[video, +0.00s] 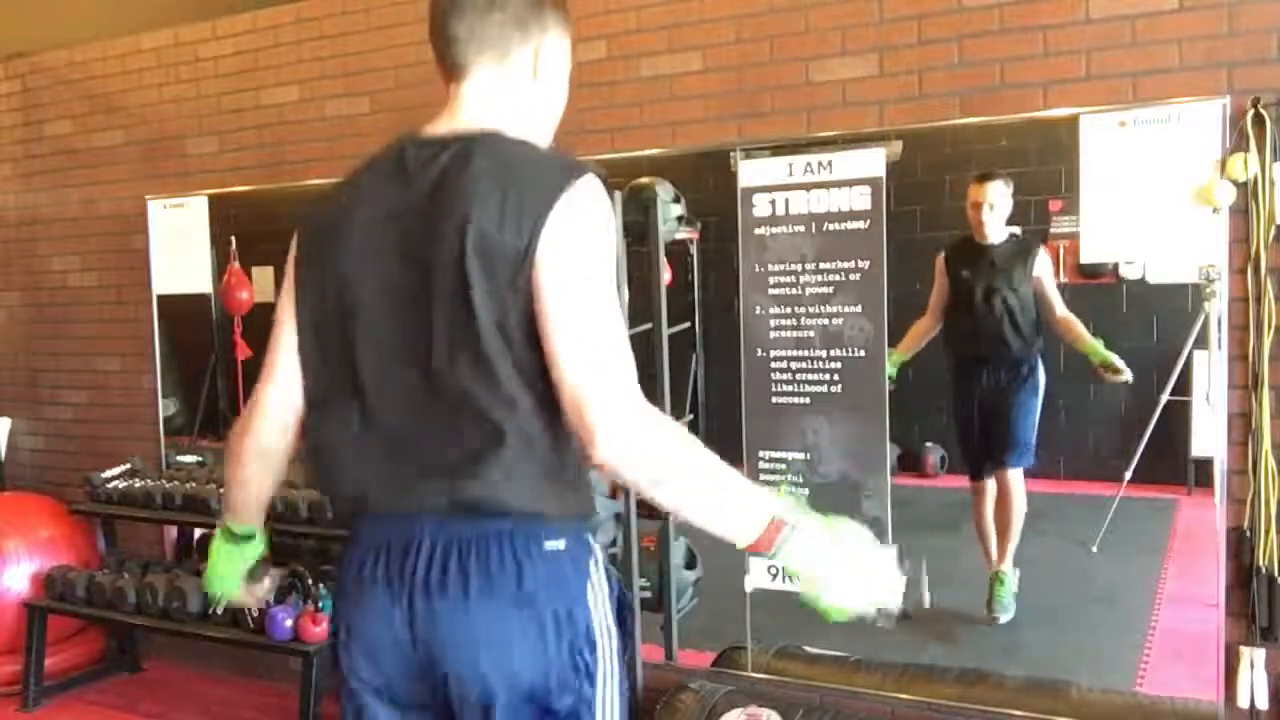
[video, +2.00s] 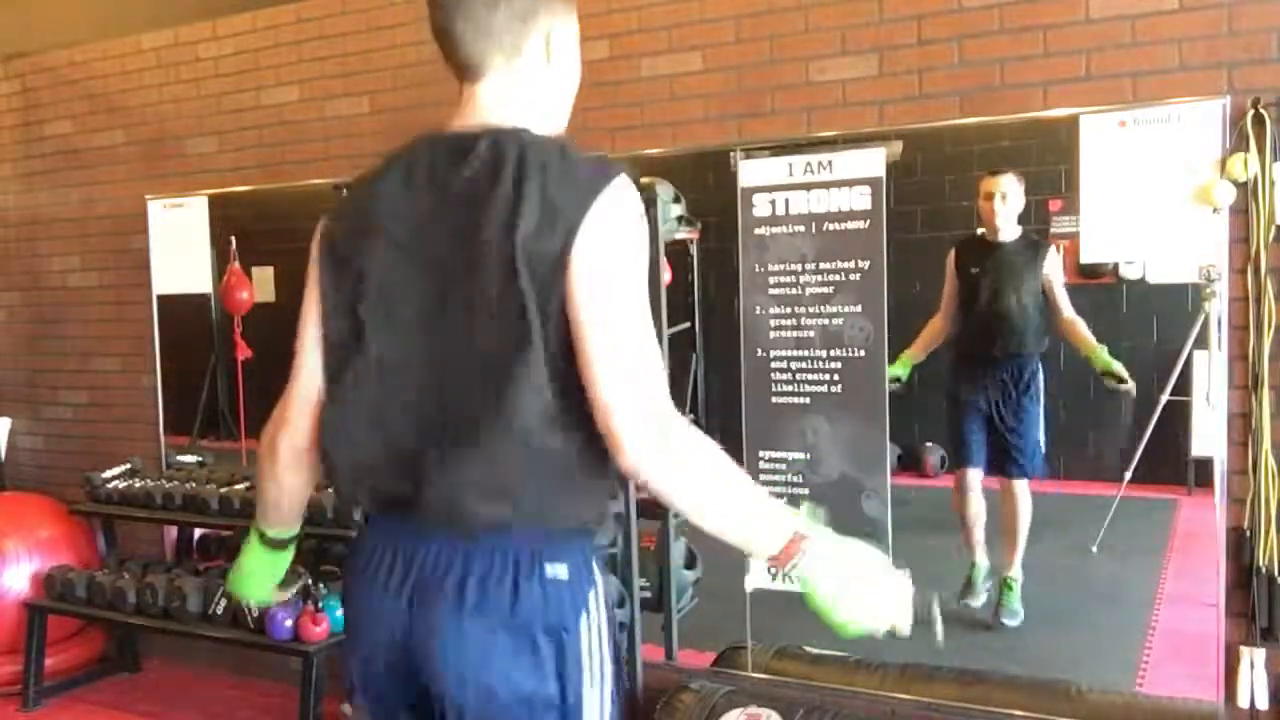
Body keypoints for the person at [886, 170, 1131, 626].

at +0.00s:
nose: (982, 214)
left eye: (991, 206)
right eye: (976, 206)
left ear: (1009, 208)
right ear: (966, 208)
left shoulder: (1032, 256)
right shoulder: (950, 259)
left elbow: (1058, 316)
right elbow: (932, 318)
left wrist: (1097, 353)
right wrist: (894, 358)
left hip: (1020, 373)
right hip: (969, 374)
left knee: (1009, 470)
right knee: (981, 480)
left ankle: (1004, 569)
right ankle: (996, 573)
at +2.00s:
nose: (995, 205)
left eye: (1004, 197)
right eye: (988, 197)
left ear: (1022, 203)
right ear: (977, 204)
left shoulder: (1043, 255)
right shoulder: (961, 254)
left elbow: (1066, 318)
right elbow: (945, 318)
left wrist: (1100, 358)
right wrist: (906, 359)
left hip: (1022, 376)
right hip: (970, 375)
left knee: (1015, 479)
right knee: (967, 478)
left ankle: (1012, 580)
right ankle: (977, 567)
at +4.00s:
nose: (990, 208)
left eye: (999, 200)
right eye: (983, 200)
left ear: (1017, 208)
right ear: (973, 208)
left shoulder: (1038, 260)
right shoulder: (956, 258)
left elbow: (1062, 319)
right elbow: (936, 318)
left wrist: (1095, 351)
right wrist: (898, 354)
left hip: (1015, 381)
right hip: (966, 379)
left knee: (1010, 483)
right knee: (965, 482)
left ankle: (1007, 580)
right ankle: (972, 579)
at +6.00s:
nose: (988, 213)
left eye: (997, 204)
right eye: (982, 204)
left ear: (1014, 213)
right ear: (971, 212)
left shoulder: (1034, 263)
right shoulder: (953, 266)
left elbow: (1062, 320)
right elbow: (932, 323)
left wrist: (1099, 347)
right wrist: (897, 352)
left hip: (1021, 382)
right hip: (971, 383)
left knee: (1011, 484)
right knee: (979, 494)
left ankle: (1017, 543)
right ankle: (989, 585)